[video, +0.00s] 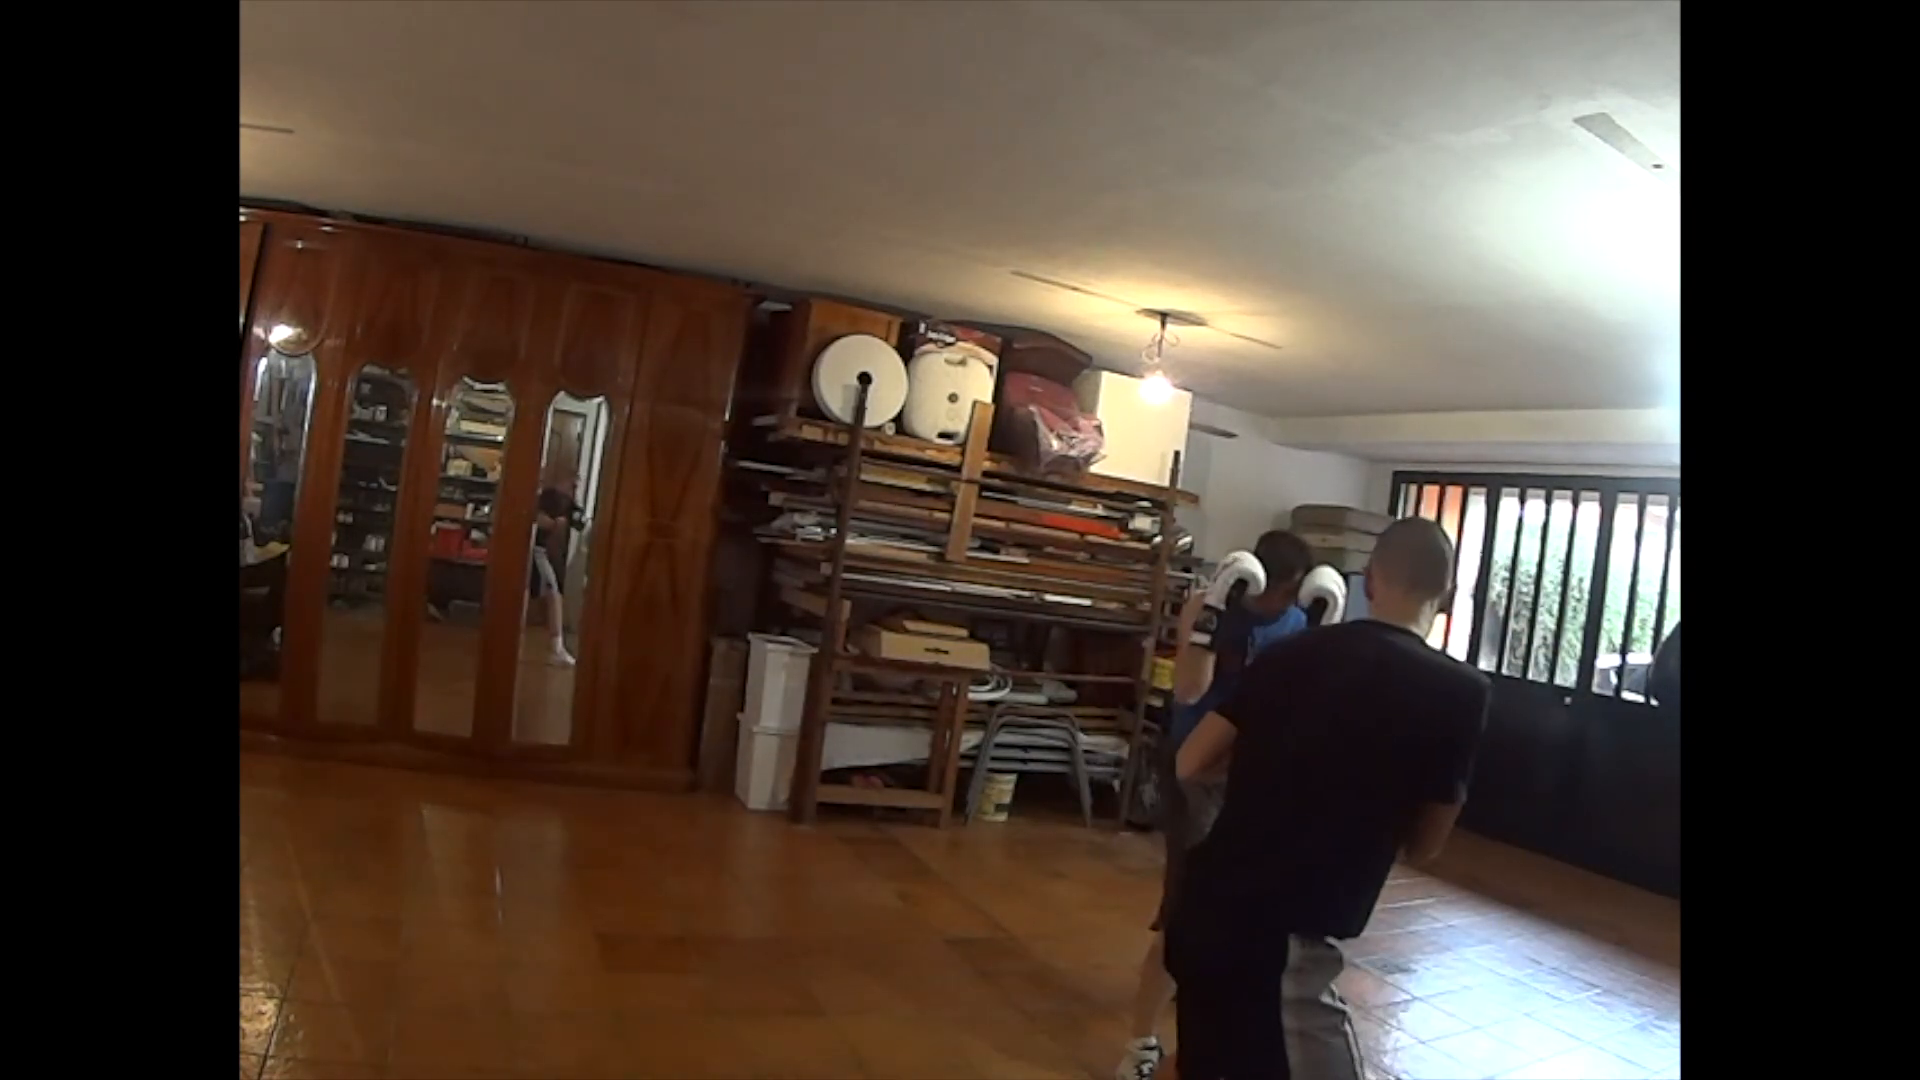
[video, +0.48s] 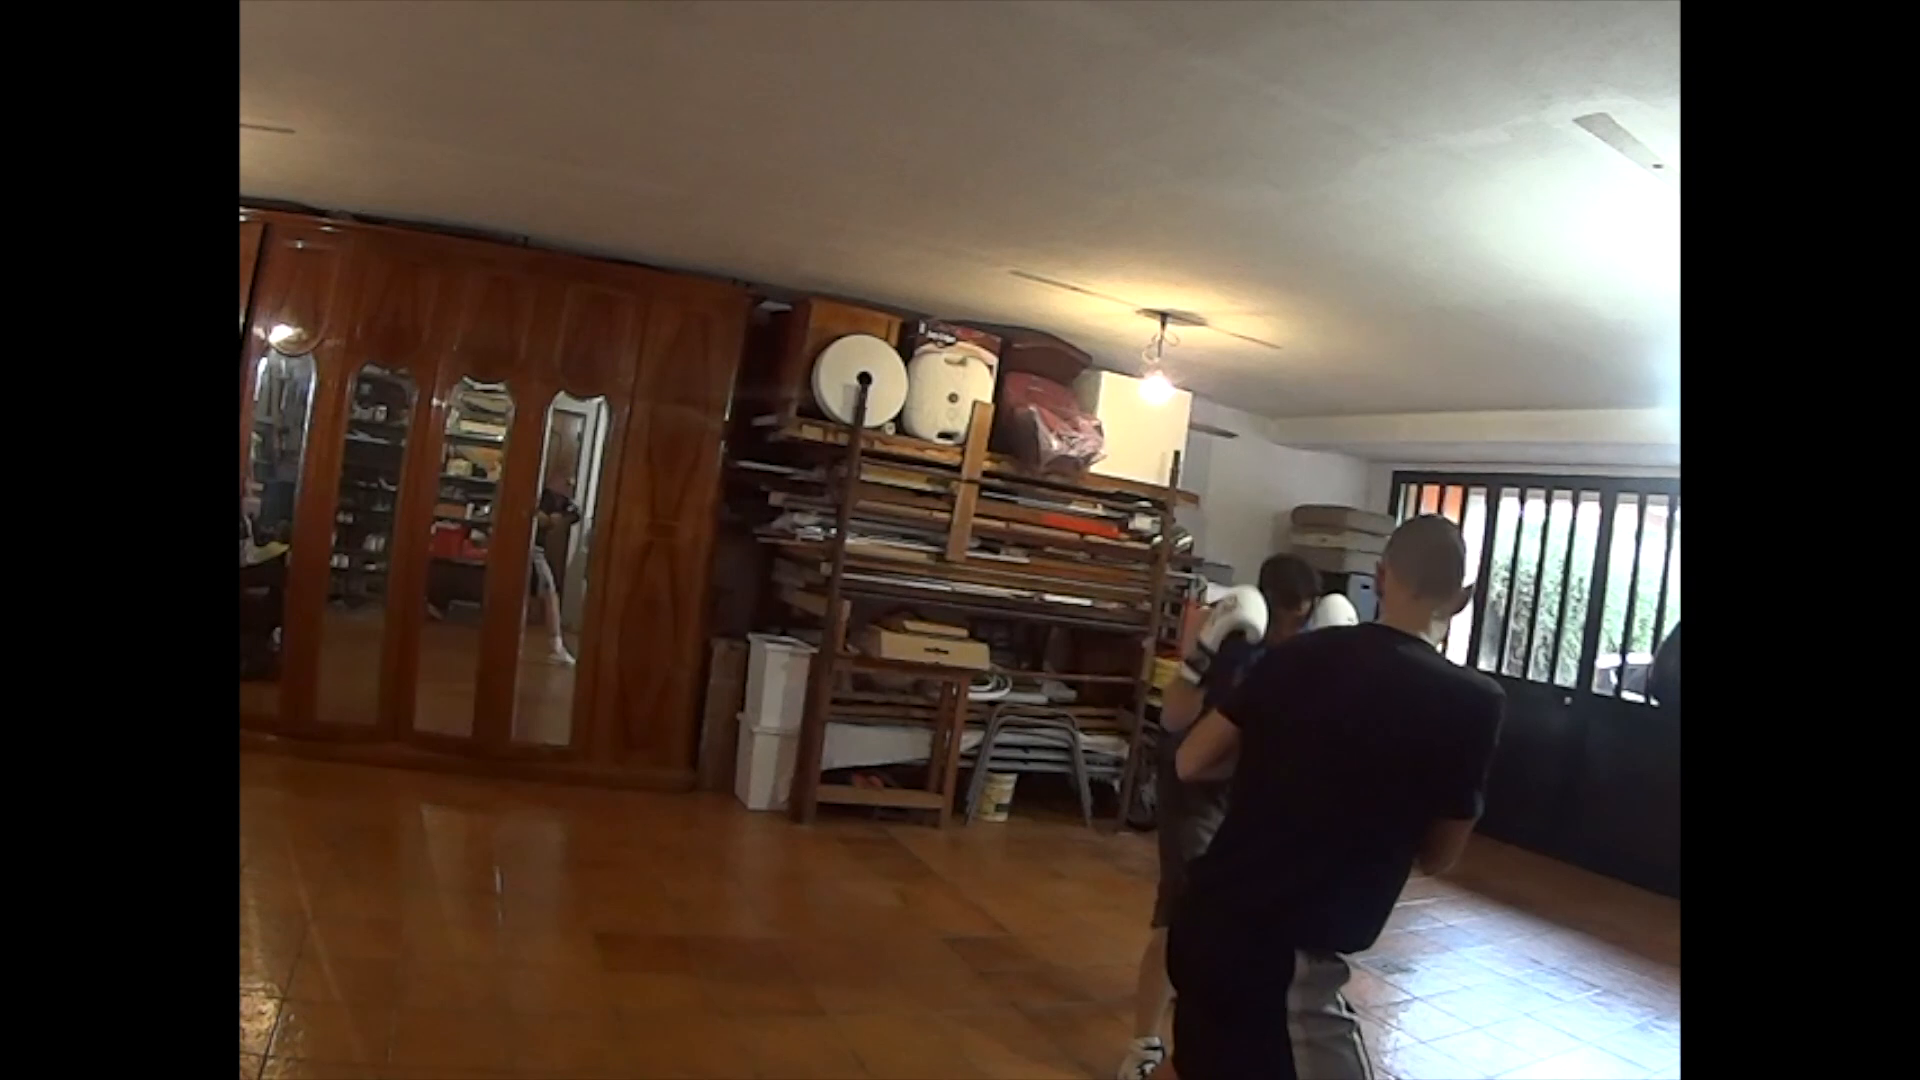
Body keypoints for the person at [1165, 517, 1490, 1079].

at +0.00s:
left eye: (1370, 573)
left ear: (1370, 579)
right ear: (1447, 597)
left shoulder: (1294, 653)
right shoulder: (1460, 689)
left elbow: (1191, 763)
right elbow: (1425, 847)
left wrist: (1271, 756)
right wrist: (1368, 787)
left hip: (1211, 910)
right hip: (1303, 946)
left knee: (1208, 1065)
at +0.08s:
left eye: (1377, 568)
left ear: (1375, 573)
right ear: (1452, 593)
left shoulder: (1298, 648)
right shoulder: (1461, 689)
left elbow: (1193, 756)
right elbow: (1425, 847)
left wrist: (1270, 746)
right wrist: (1366, 785)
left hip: (1213, 901)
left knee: (1205, 1060)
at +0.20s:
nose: (1379, 577)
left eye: (1378, 568)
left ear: (1378, 575)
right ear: (1456, 599)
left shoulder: (1301, 651)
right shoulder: (1466, 697)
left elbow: (1195, 761)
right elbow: (1434, 850)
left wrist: (1272, 752)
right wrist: (1375, 791)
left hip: (1208, 919)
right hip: (1299, 955)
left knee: (1209, 1066)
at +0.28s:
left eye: (1378, 570)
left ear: (1379, 577)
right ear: (1456, 602)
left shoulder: (1301, 655)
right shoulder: (1469, 700)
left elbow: (1194, 767)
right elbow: (1436, 852)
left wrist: (1272, 753)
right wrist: (1374, 794)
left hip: (1209, 925)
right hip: (1302, 961)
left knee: (1211, 1068)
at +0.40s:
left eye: (1379, 572)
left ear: (1380, 577)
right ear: (1458, 602)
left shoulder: (1295, 658)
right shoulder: (1473, 701)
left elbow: (1192, 771)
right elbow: (1438, 857)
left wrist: (1276, 755)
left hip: (1214, 923)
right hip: (1307, 964)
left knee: (1207, 1066)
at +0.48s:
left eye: (1380, 572)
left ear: (1381, 576)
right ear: (1461, 601)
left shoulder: (1299, 655)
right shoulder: (1473, 702)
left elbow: (1191, 762)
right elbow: (1439, 856)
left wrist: (1278, 750)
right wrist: (1388, 787)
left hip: (1211, 923)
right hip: (1303, 961)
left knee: (1205, 1066)